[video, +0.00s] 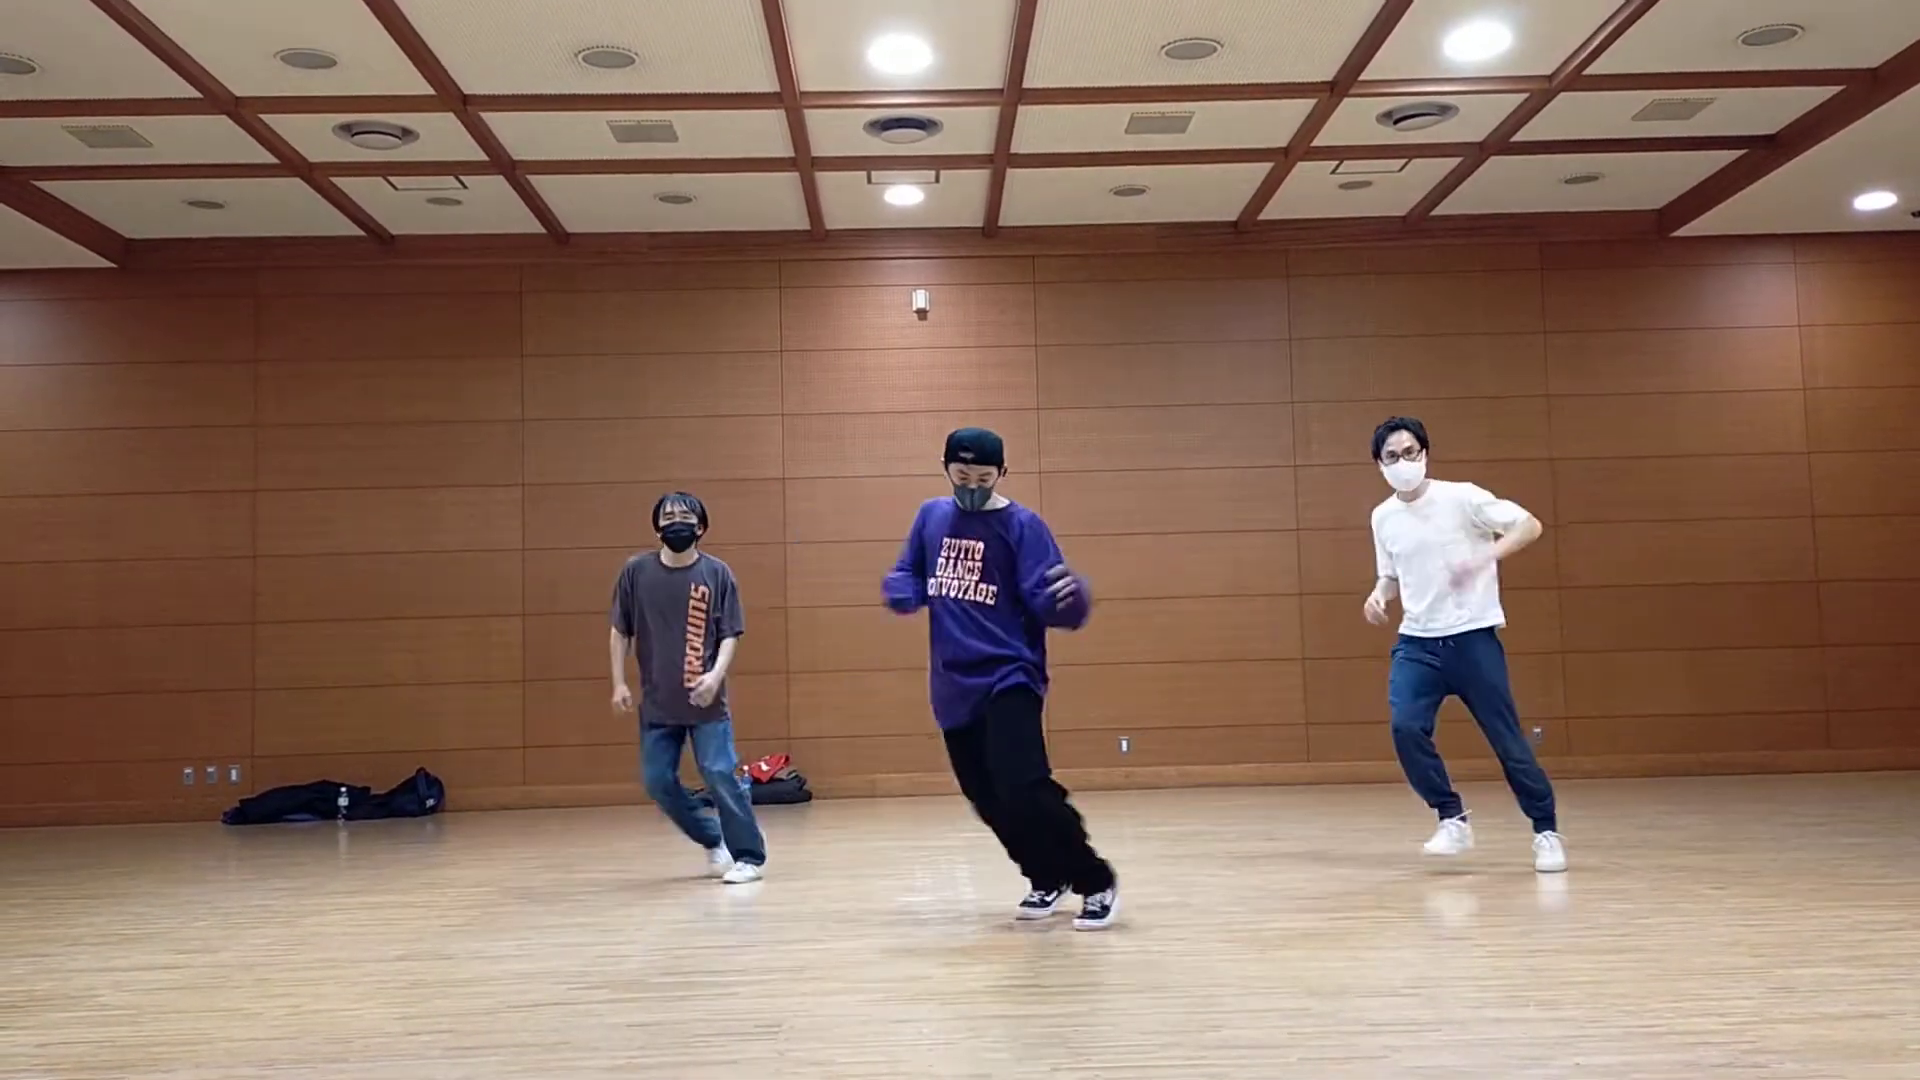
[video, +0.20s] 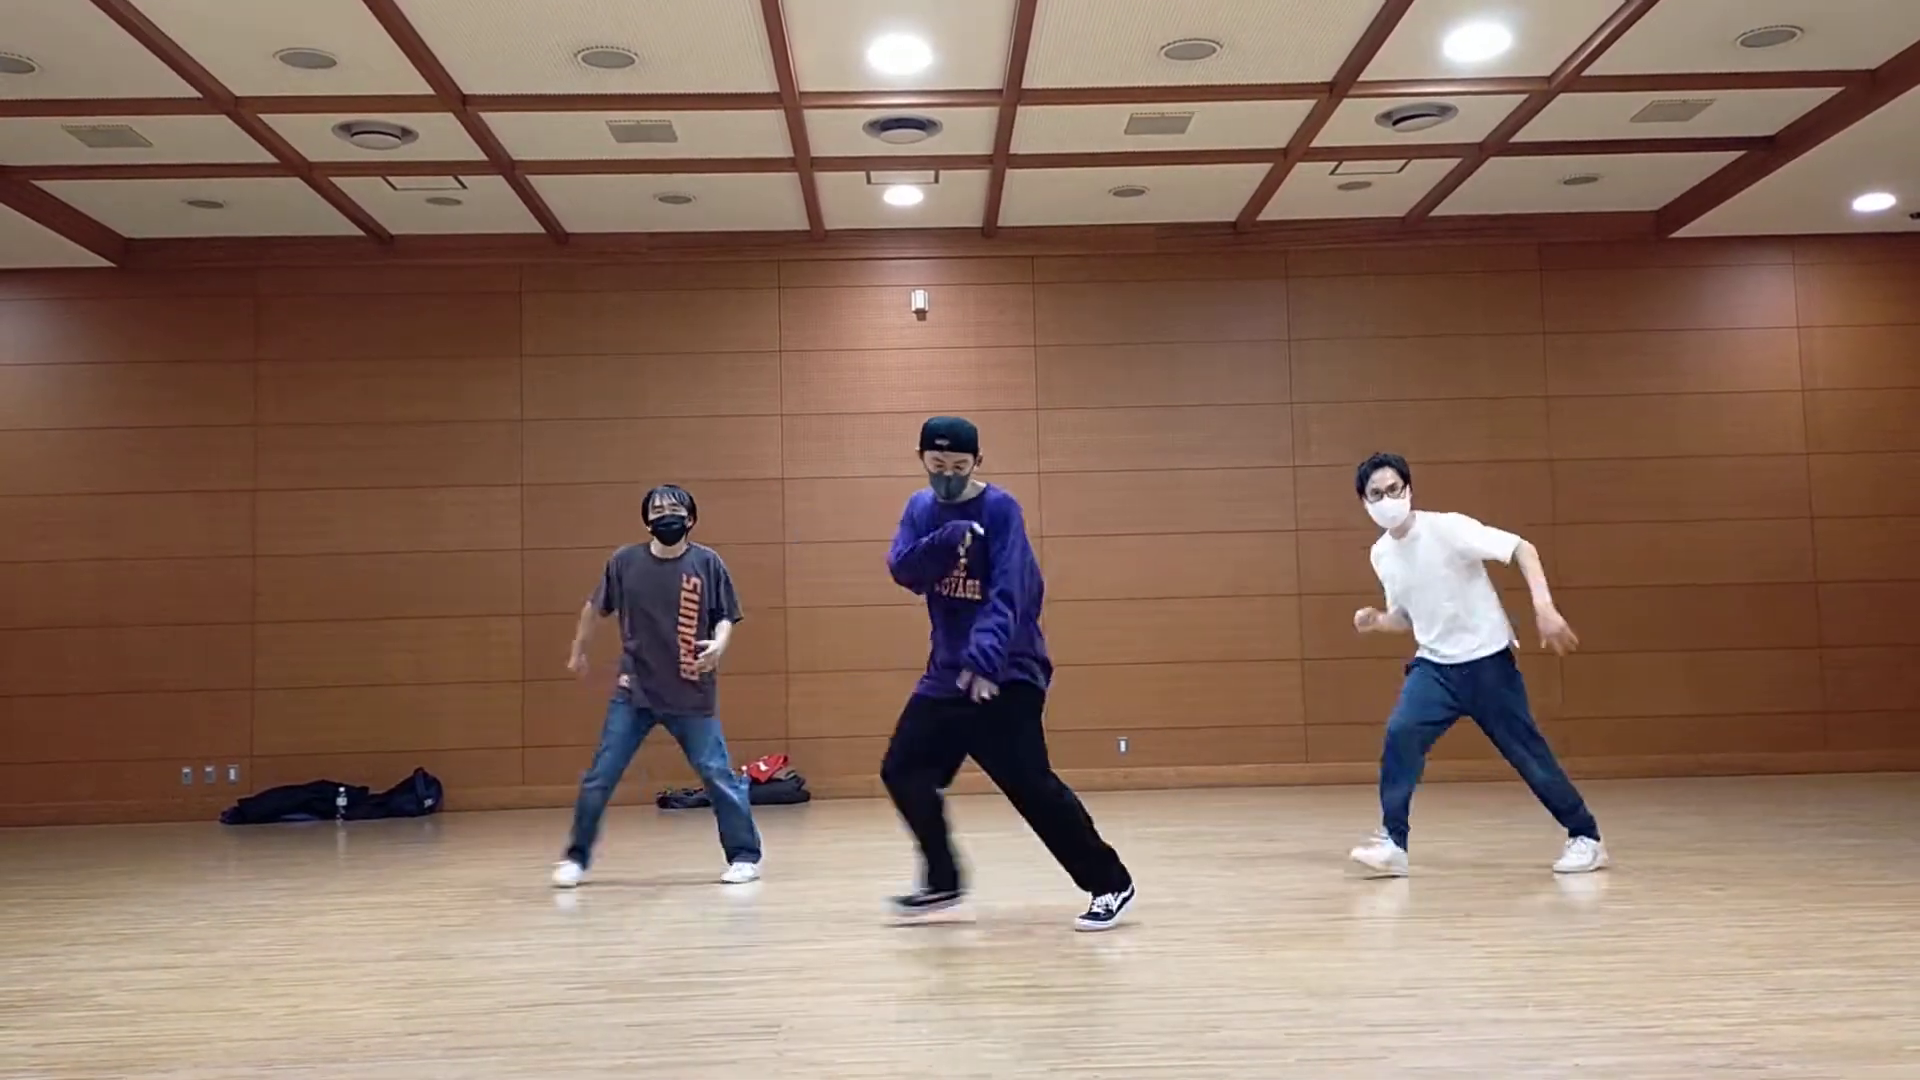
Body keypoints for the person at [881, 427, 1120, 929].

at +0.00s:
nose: (971, 482)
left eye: (982, 473)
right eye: (962, 472)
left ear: (998, 474)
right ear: (948, 471)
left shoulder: (1022, 527)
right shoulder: (931, 518)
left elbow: (1051, 602)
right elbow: (905, 577)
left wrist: (1071, 598)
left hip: (1009, 677)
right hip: (953, 684)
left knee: (1021, 786)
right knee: (986, 797)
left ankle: (1097, 882)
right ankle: (1046, 877)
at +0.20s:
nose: (945, 472)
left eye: (955, 463)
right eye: (935, 463)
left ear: (974, 463)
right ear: (923, 463)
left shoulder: (999, 509)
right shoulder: (921, 507)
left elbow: (1009, 593)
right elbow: (905, 571)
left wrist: (985, 658)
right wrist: (949, 537)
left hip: (1007, 670)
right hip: (947, 672)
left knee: (1030, 785)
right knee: (905, 772)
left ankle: (1111, 883)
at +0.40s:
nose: (899, 459)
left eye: (910, 451)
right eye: (890, 450)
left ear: (927, 454)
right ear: (876, 453)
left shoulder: (959, 502)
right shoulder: (866, 501)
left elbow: (1014, 557)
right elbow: (854, 564)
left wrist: (1068, 597)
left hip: (952, 668)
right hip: (890, 668)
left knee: (968, 778)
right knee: (857, 776)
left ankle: (1058, 877)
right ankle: (839, 894)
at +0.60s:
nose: (874, 443)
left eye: (884, 434)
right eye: (864, 434)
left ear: (902, 438)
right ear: (851, 440)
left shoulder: (947, 485)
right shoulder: (841, 505)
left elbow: (1018, 494)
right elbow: (807, 575)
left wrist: (1084, 477)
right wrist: (806, 636)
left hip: (930, 650)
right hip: (864, 649)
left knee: (891, 770)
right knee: (850, 766)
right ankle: (825, 882)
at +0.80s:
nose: (882, 470)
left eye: (892, 461)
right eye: (872, 462)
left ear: (911, 462)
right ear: (858, 466)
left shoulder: (951, 518)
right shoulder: (852, 516)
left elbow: (1016, 538)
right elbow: (847, 586)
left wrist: (1048, 482)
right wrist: (848, 642)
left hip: (920, 674)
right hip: (853, 664)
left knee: (881, 784)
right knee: (854, 777)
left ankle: (851, 878)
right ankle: (889, 893)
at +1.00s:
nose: (901, 475)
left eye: (911, 465)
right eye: (890, 466)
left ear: (929, 468)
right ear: (876, 471)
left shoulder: (964, 518)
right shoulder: (877, 531)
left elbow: (1006, 517)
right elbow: (860, 607)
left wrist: (993, 446)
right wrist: (845, 673)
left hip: (942, 685)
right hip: (876, 679)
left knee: (915, 803)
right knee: (868, 788)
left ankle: (875, 863)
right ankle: (900, 900)